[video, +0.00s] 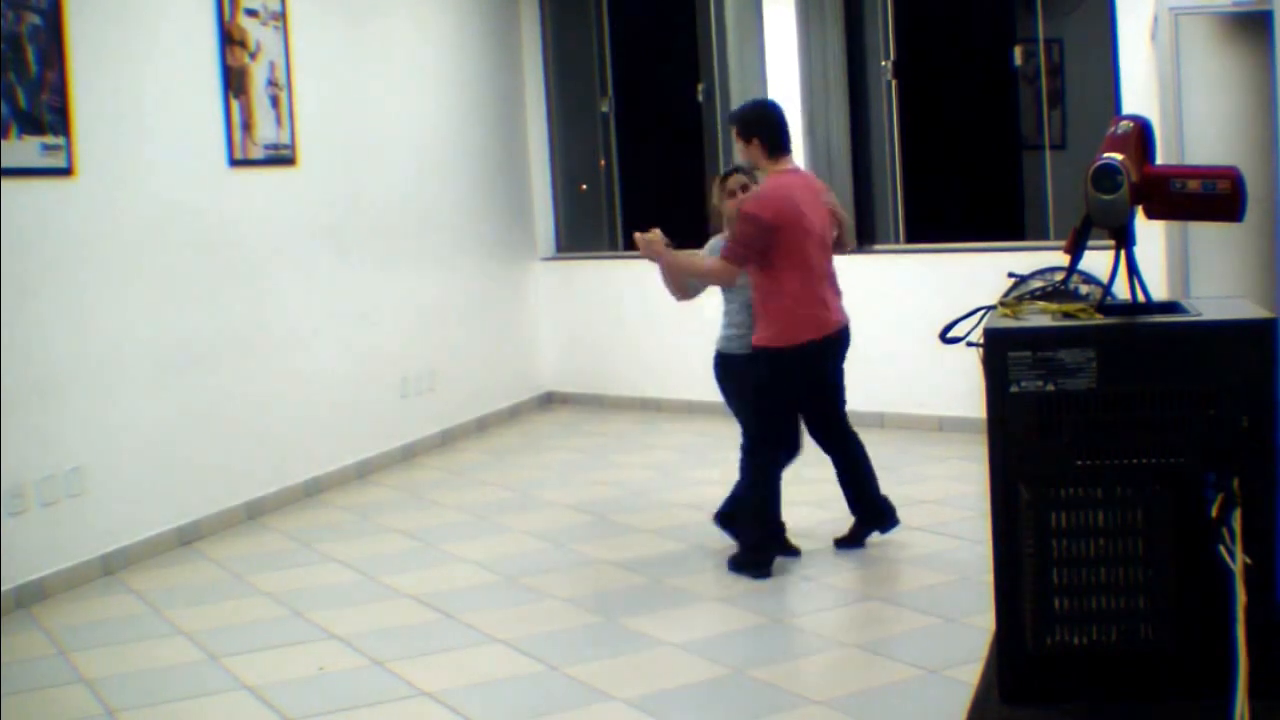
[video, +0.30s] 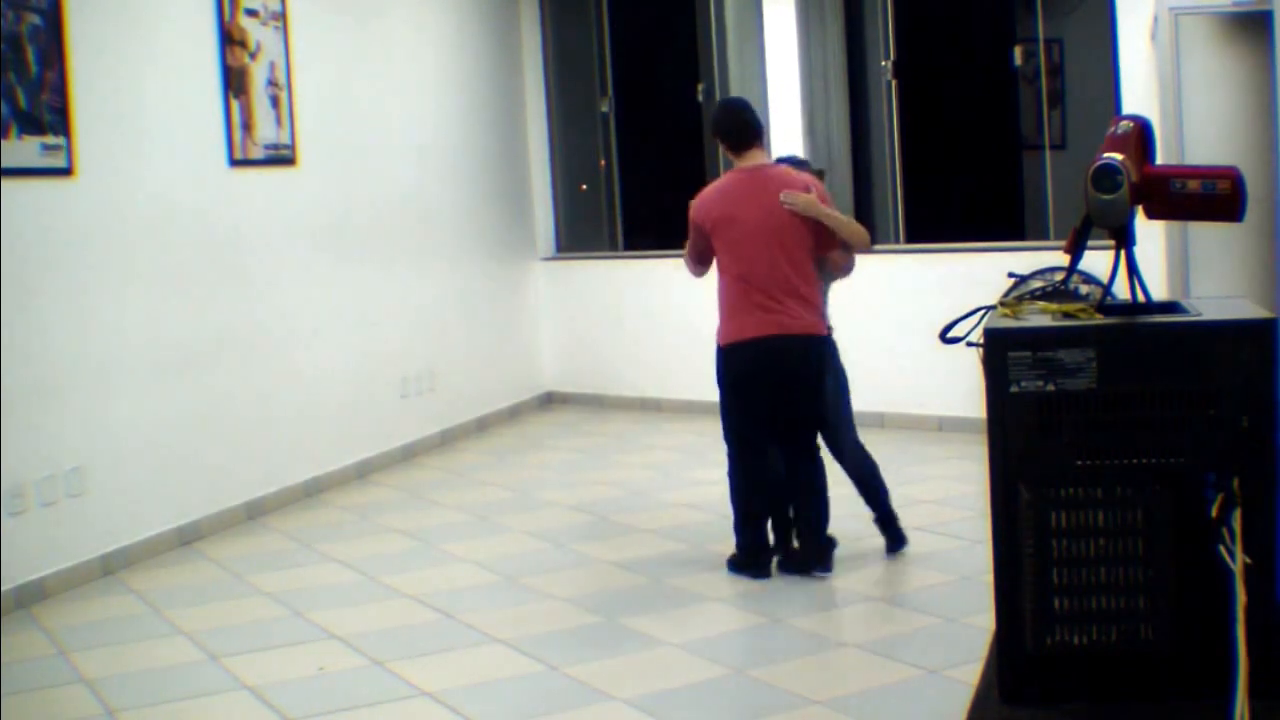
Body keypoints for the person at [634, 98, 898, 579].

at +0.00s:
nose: (738, 150)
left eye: (738, 143)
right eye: (737, 143)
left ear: (751, 144)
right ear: (784, 138)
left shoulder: (759, 203)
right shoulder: (815, 188)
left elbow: (724, 271)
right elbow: (837, 240)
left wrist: (663, 255)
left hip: (783, 339)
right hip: (828, 330)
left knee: (764, 443)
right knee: (831, 427)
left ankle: (756, 552)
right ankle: (873, 509)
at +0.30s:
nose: (723, 147)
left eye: (719, 141)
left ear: (720, 144)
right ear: (762, 133)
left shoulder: (708, 202)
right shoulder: (804, 184)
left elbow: (697, 266)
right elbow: (839, 261)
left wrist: (718, 224)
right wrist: (801, 266)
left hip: (742, 345)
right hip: (804, 340)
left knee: (746, 451)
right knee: (802, 447)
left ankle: (753, 555)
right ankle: (814, 551)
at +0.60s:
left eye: (722, 141)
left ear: (720, 144)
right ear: (764, 137)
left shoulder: (706, 204)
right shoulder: (798, 185)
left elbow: (713, 278)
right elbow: (827, 256)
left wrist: (766, 268)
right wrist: (870, 262)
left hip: (744, 346)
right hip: (806, 338)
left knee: (746, 452)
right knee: (808, 452)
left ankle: (758, 557)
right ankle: (805, 559)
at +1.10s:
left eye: (695, 150)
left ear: (696, 153)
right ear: (739, 143)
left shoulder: (684, 214)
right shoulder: (775, 187)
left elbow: (679, 298)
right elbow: (816, 254)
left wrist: (719, 324)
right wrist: (872, 248)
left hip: (729, 349)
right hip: (790, 339)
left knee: (749, 460)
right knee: (793, 447)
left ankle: (772, 573)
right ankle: (803, 562)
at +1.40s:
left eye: (699, 146)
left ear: (697, 150)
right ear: (741, 142)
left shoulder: (680, 211)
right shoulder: (772, 189)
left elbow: (665, 291)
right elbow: (806, 263)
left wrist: (696, 333)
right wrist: (846, 264)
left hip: (723, 351)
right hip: (784, 342)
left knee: (733, 463)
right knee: (791, 454)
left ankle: (759, 565)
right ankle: (795, 564)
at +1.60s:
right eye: (734, 138)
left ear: (693, 145)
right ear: (737, 142)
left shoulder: (671, 206)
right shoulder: (758, 193)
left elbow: (658, 288)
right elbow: (801, 265)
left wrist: (701, 297)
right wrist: (834, 263)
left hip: (703, 347)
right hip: (764, 337)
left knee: (704, 443)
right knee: (781, 450)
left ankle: (686, 550)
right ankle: (794, 560)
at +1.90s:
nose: (727, 158)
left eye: (726, 152)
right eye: (727, 152)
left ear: (679, 144)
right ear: (717, 150)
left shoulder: (639, 195)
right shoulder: (716, 208)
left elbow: (640, 258)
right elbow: (731, 287)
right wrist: (781, 291)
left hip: (636, 341)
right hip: (690, 343)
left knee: (663, 443)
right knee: (731, 450)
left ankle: (660, 548)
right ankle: (755, 553)